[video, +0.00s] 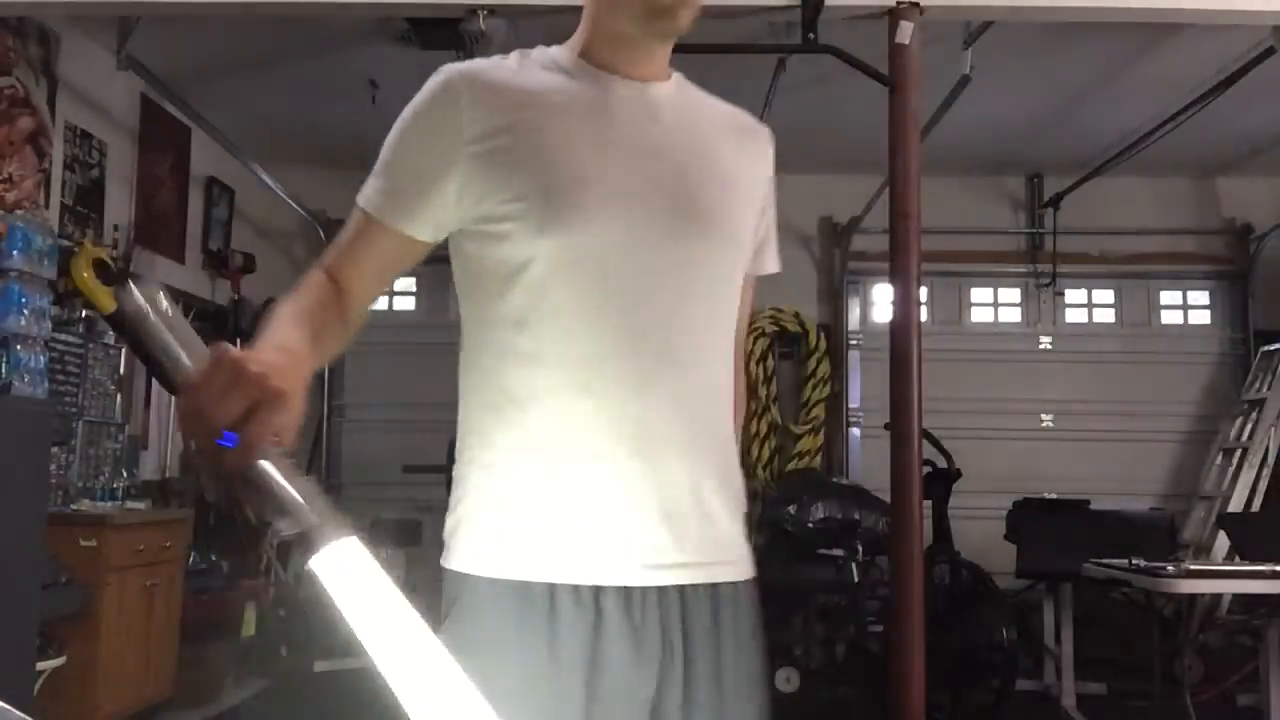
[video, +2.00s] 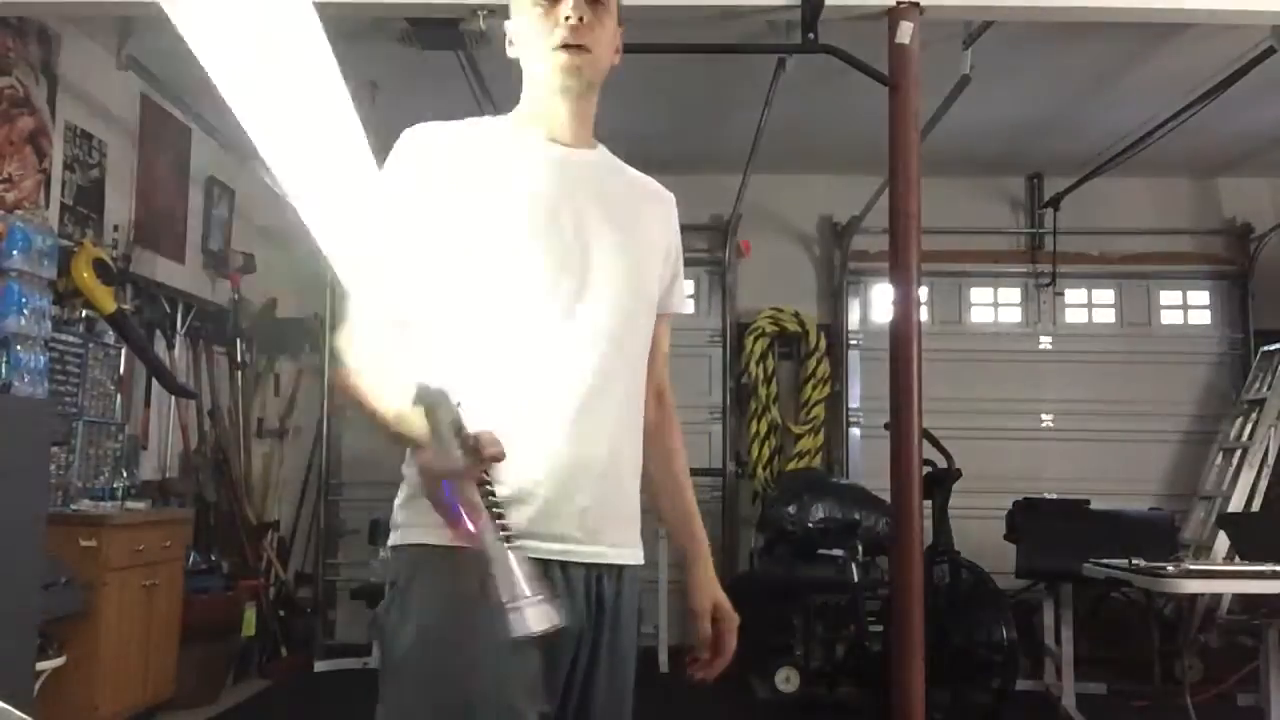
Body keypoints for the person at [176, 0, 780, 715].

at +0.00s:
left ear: (706, 1)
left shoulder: (745, 143)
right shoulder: (472, 101)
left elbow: (729, 367)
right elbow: (341, 282)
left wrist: (722, 536)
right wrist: (280, 360)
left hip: (709, 594)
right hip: (527, 594)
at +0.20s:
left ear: (691, 8)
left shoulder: (722, 173)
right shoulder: (480, 132)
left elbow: (721, 404)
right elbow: (380, 321)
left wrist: (748, 585)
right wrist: (357, 431)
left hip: (670, 595)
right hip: (509, 583)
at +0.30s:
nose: (632, 46)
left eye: (657, 28)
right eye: (614, 23)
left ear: (677, 40)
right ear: (574, 26)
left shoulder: (711, 188)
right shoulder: (482, 141)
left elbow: (715, 403)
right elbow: (386, 340)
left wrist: (767, 583)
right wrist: (420, 446)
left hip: (652, 593)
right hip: (506, 579)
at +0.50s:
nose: (632, 9)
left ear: (671, 20)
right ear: (560, 16)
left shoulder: (690, 196)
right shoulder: (484, 142)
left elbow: (696, 404)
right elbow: (424, 362)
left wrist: (760, 571)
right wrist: (537, 424)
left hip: (638, 586)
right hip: (506, 575)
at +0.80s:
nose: (610, 9)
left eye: (632, 1)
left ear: (653, 41)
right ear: (545, 30)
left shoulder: (681, 203)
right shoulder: (470, 144)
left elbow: (675, 403)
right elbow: (360, 327)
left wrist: (682, 553)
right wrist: (530, 347)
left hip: (639, 562)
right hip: (502, 556)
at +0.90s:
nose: (606, 10)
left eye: (628, 2)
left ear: (651, 41)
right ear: (544, 32)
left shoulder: (680, 204)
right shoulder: (462, 150)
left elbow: (673, 410)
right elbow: (294, 291)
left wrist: (679, 582)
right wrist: (440, 364)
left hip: (635, 573)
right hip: (497, 562)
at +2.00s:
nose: (573, 13)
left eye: (594, 2)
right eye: (548, 0)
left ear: (619, 41)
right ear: (510, 34)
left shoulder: (652, 206)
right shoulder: (432, 156)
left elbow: (652, 400)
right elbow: (358, 348)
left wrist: (698, 560)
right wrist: (432, 432)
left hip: (610, 574)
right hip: (461, 558)